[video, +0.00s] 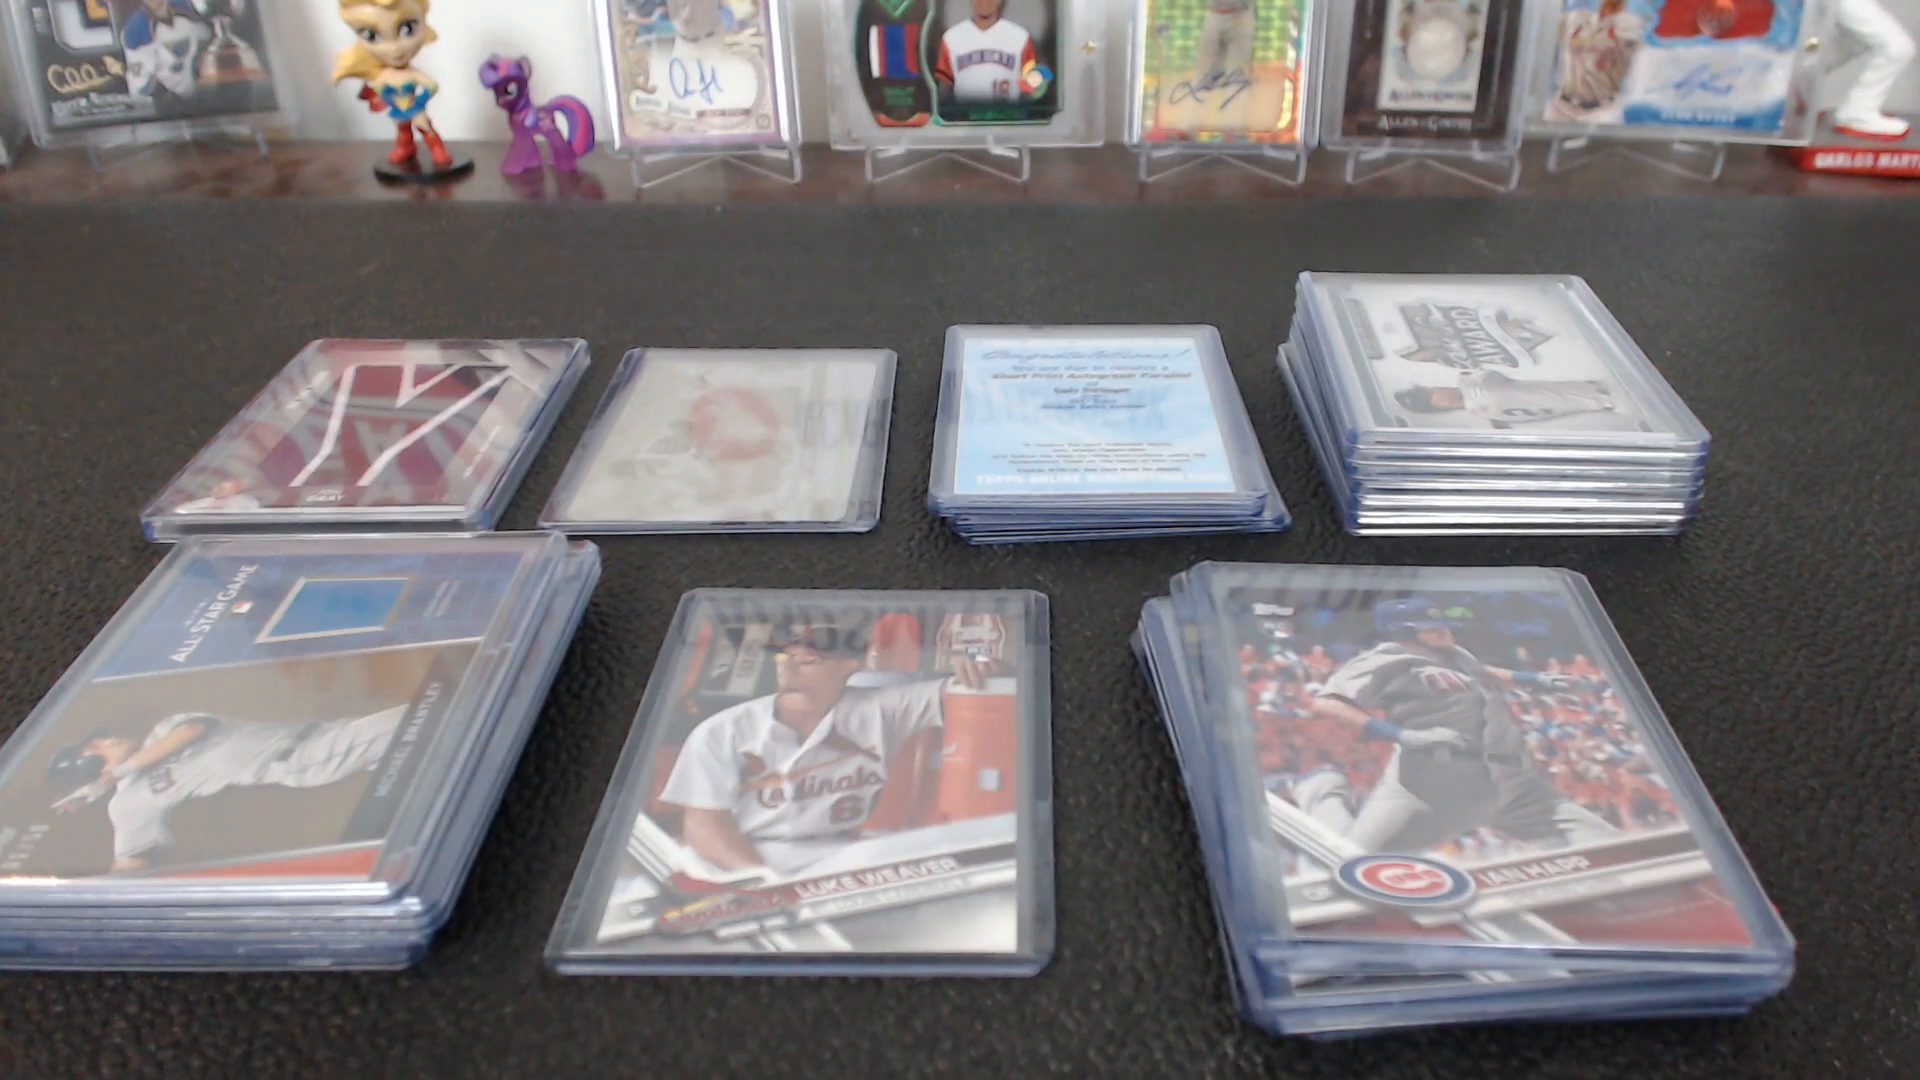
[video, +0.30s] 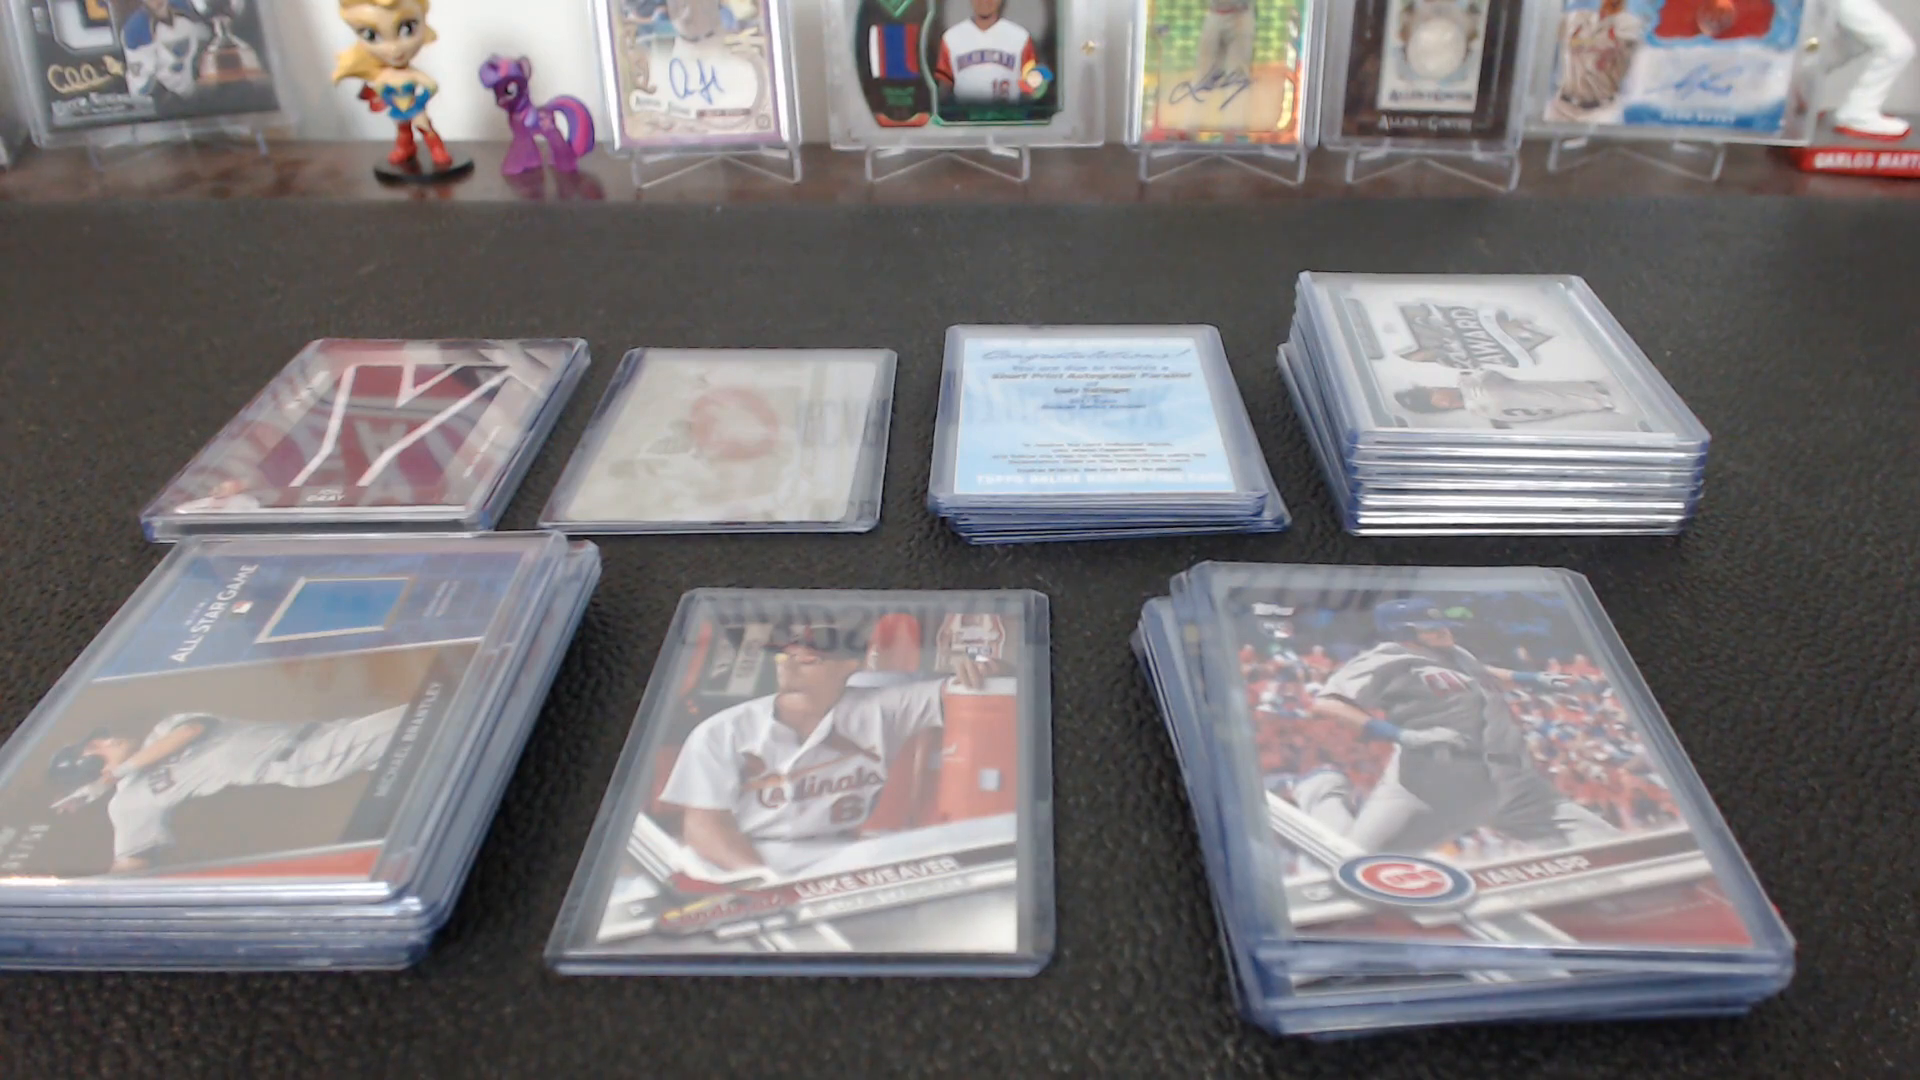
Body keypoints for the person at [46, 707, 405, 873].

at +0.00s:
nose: (110, 740)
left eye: (99, 740)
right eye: (99, 746)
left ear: (106, 742)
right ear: (100, 769)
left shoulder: (162, 728)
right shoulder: (131, 800)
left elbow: (193, 732)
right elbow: (129, 870)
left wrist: (113, 777)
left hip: (312, 731)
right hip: (299, 760)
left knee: (418, 717)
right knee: (415, 717)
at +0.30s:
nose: (109, 740)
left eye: (99, 740)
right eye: (99, 746)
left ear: (106, 743)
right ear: (100, 769)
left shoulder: (161, 728)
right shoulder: (131, 800)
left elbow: (193, 732)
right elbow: (129, 871)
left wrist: (115, 776)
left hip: (312, 731)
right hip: (299, 760)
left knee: (417, 720)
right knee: (414, 717)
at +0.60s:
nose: (109, 739)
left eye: (98, 739)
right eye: (99, 746)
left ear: (107, 742)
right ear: (100, 769)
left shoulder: (162, 727)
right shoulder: (131, 799)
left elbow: (193, 732)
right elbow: (130, 869)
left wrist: (116, 774)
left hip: (311, 731)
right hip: (299, 760)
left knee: (415, 720)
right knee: (412, 716)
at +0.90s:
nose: (108, 739)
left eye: (98, 739)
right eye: (99, 746)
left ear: (107, 744)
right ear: (100, 769)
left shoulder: (162, 727)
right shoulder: (131, 798)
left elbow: (193, 732)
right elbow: (130, 869)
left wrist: (116, 774)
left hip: (312, 731)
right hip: (299, 759)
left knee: (415, 720)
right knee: (413, 717)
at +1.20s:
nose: (110, 740)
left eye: (99, 740)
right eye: (100, 746)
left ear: (106, 742)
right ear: (100, 766)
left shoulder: (162, 727)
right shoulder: (131, 799)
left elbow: (193, 732)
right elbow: (129, 870)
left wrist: (117, 774)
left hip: (311, 732)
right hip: (298, 760)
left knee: (415, 720)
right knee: (413, 717)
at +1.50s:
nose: (109, 740)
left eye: (99, 739)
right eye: (99, 746)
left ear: (106, 742)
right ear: (100, 767)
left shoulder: (162, 727)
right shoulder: (131, 799)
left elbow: (193, 732)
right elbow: (129, 870)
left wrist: (118, 773)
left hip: (310, 731)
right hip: (298, 760)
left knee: (414, 721)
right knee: (412, 717)